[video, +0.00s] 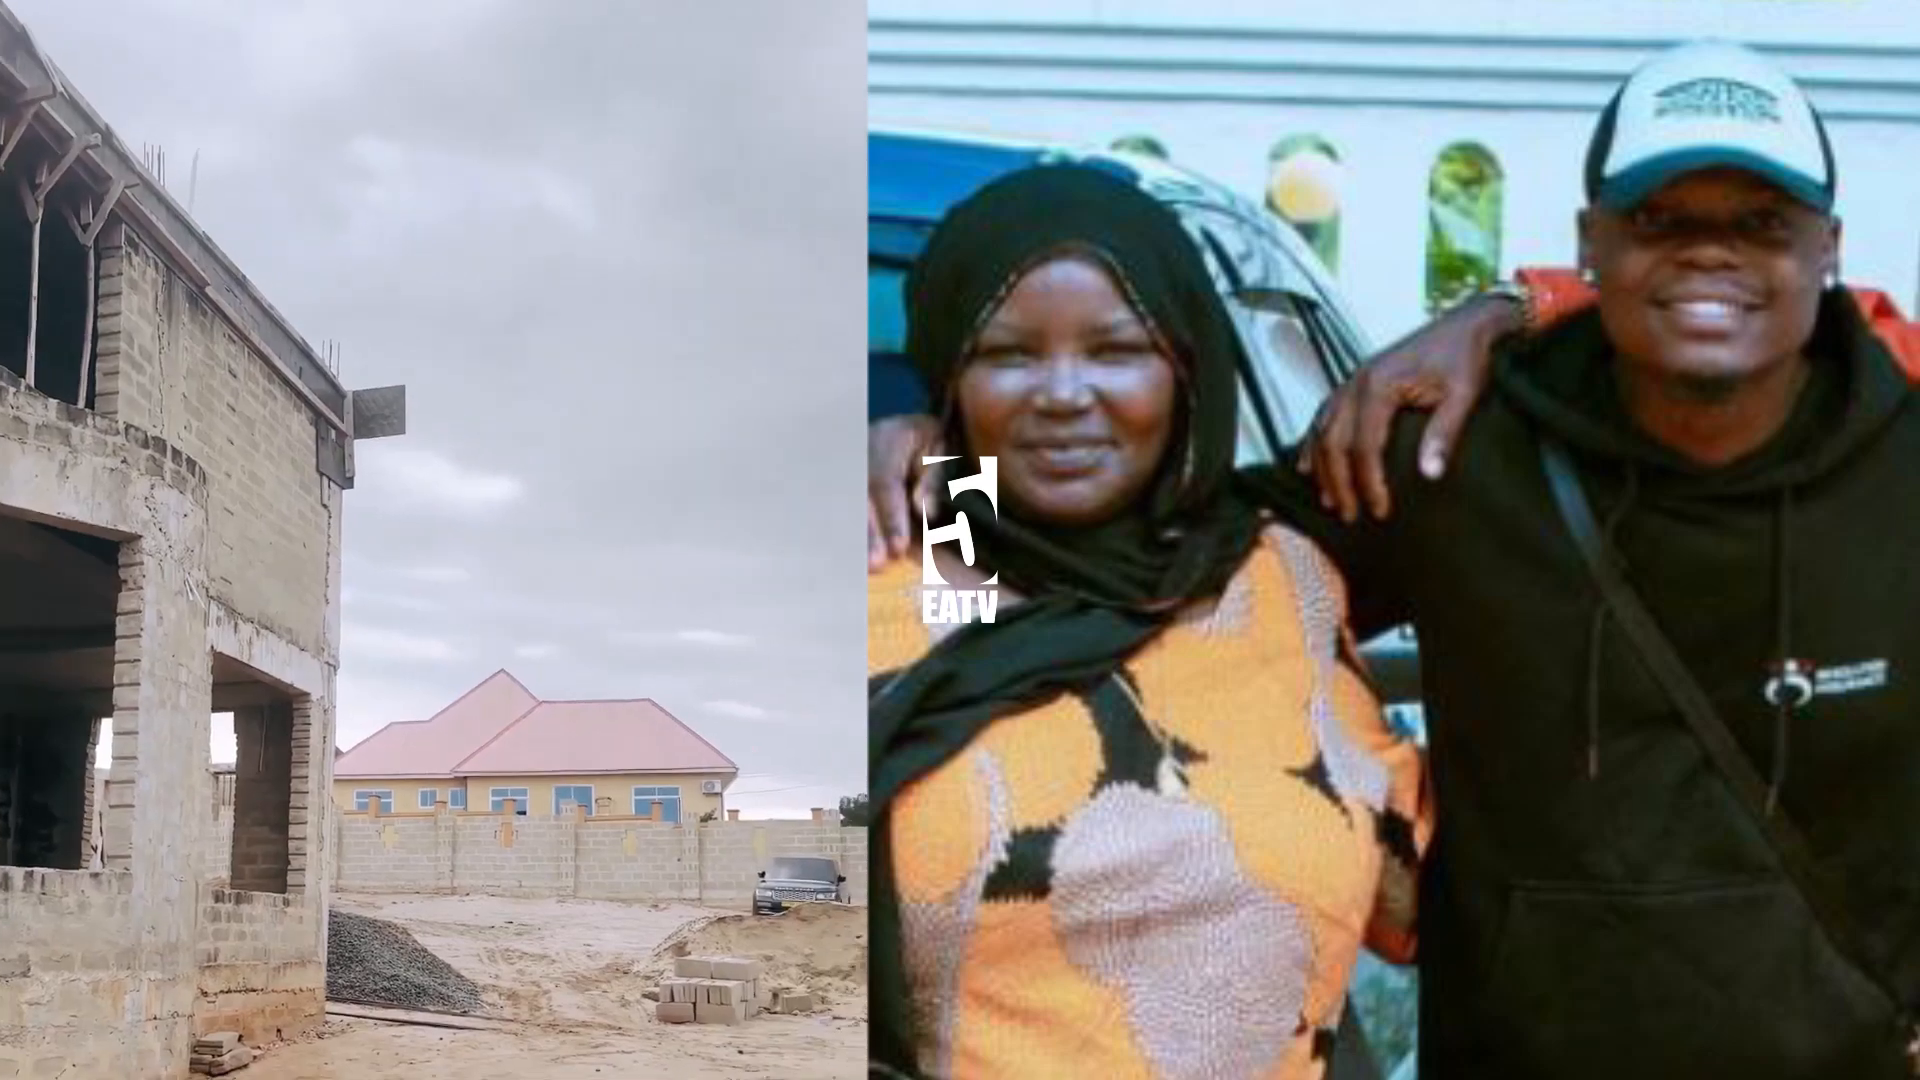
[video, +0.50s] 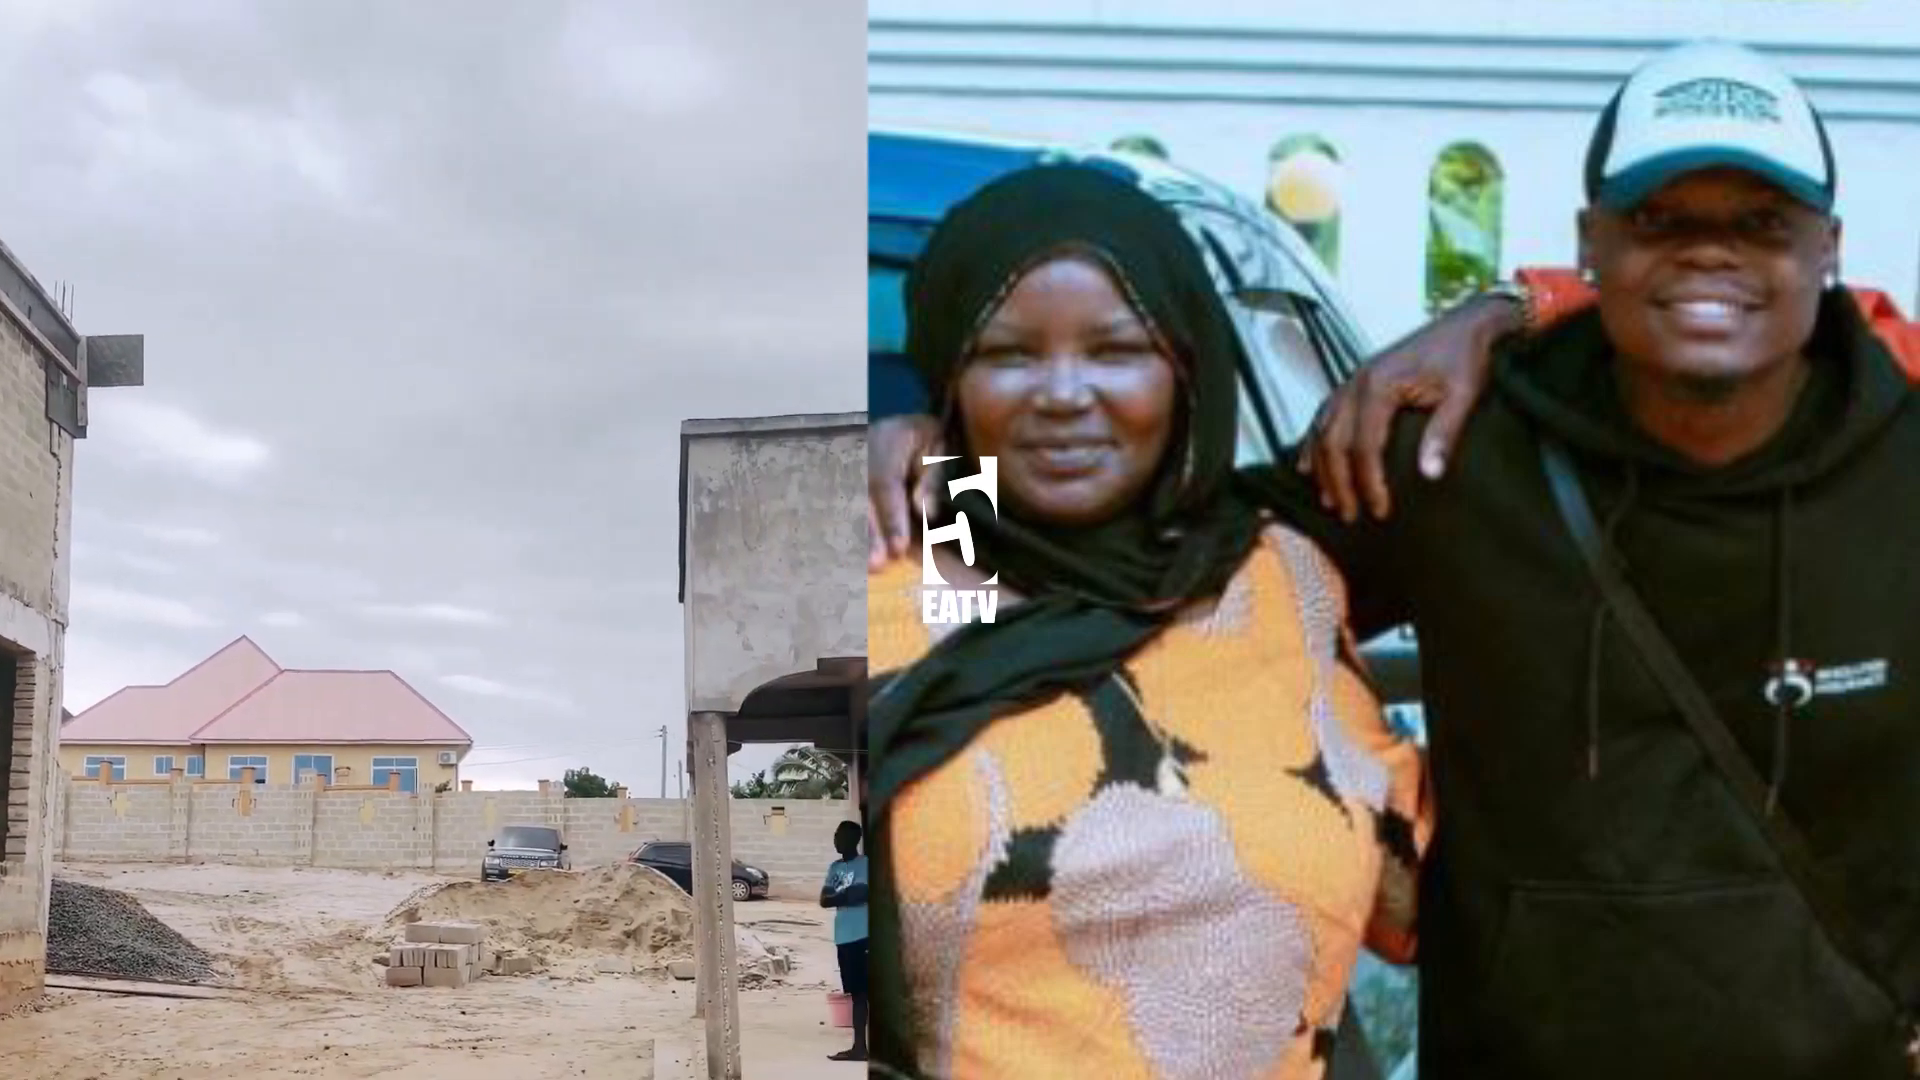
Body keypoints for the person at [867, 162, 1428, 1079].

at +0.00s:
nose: (1062, 397)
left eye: (1115, 351)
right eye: (1011, 354)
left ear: (1188, 374)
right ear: (949, 386)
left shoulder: (1285, 586)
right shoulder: (866, 610)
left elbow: (1424, 887)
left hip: (1281, 1059)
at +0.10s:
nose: (1062, 397)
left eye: (1115, 351)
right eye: (1011, 354)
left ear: (1188, 373)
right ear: (949, 386)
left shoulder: (1285, 586)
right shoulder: (868, 609)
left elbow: (1425, 887)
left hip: (1281, 1059)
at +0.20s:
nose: (1063, 397)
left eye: (1115, 350)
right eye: (1011, 354)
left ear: (1188, 374)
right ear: (949, 386)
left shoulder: (1285, 584)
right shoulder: (866, 604)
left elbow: (1422, 888)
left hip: (1280, 1059)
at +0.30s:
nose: (1063, 397)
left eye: (1115, 351)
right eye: (1012, 354)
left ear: (1188, 374)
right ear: (949, 386)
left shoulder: (1284, 585)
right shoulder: (859, 609)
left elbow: (1422, 890)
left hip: (1280, 1059)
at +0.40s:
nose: (1063, 397)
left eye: (1115, 351)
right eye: (1012, 354)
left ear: (1188, 374)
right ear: (949, 386)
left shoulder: (1284, 585)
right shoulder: (862, 608)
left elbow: (1422, 888)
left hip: (1280, 1059)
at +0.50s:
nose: (1062, 397)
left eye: (1115, 350)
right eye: (1011, 354)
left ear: (1188, 374)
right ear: (950, 387)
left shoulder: (1285, 585)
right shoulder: (870, 608)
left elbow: (1422, 890)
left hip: (1280, 1059)